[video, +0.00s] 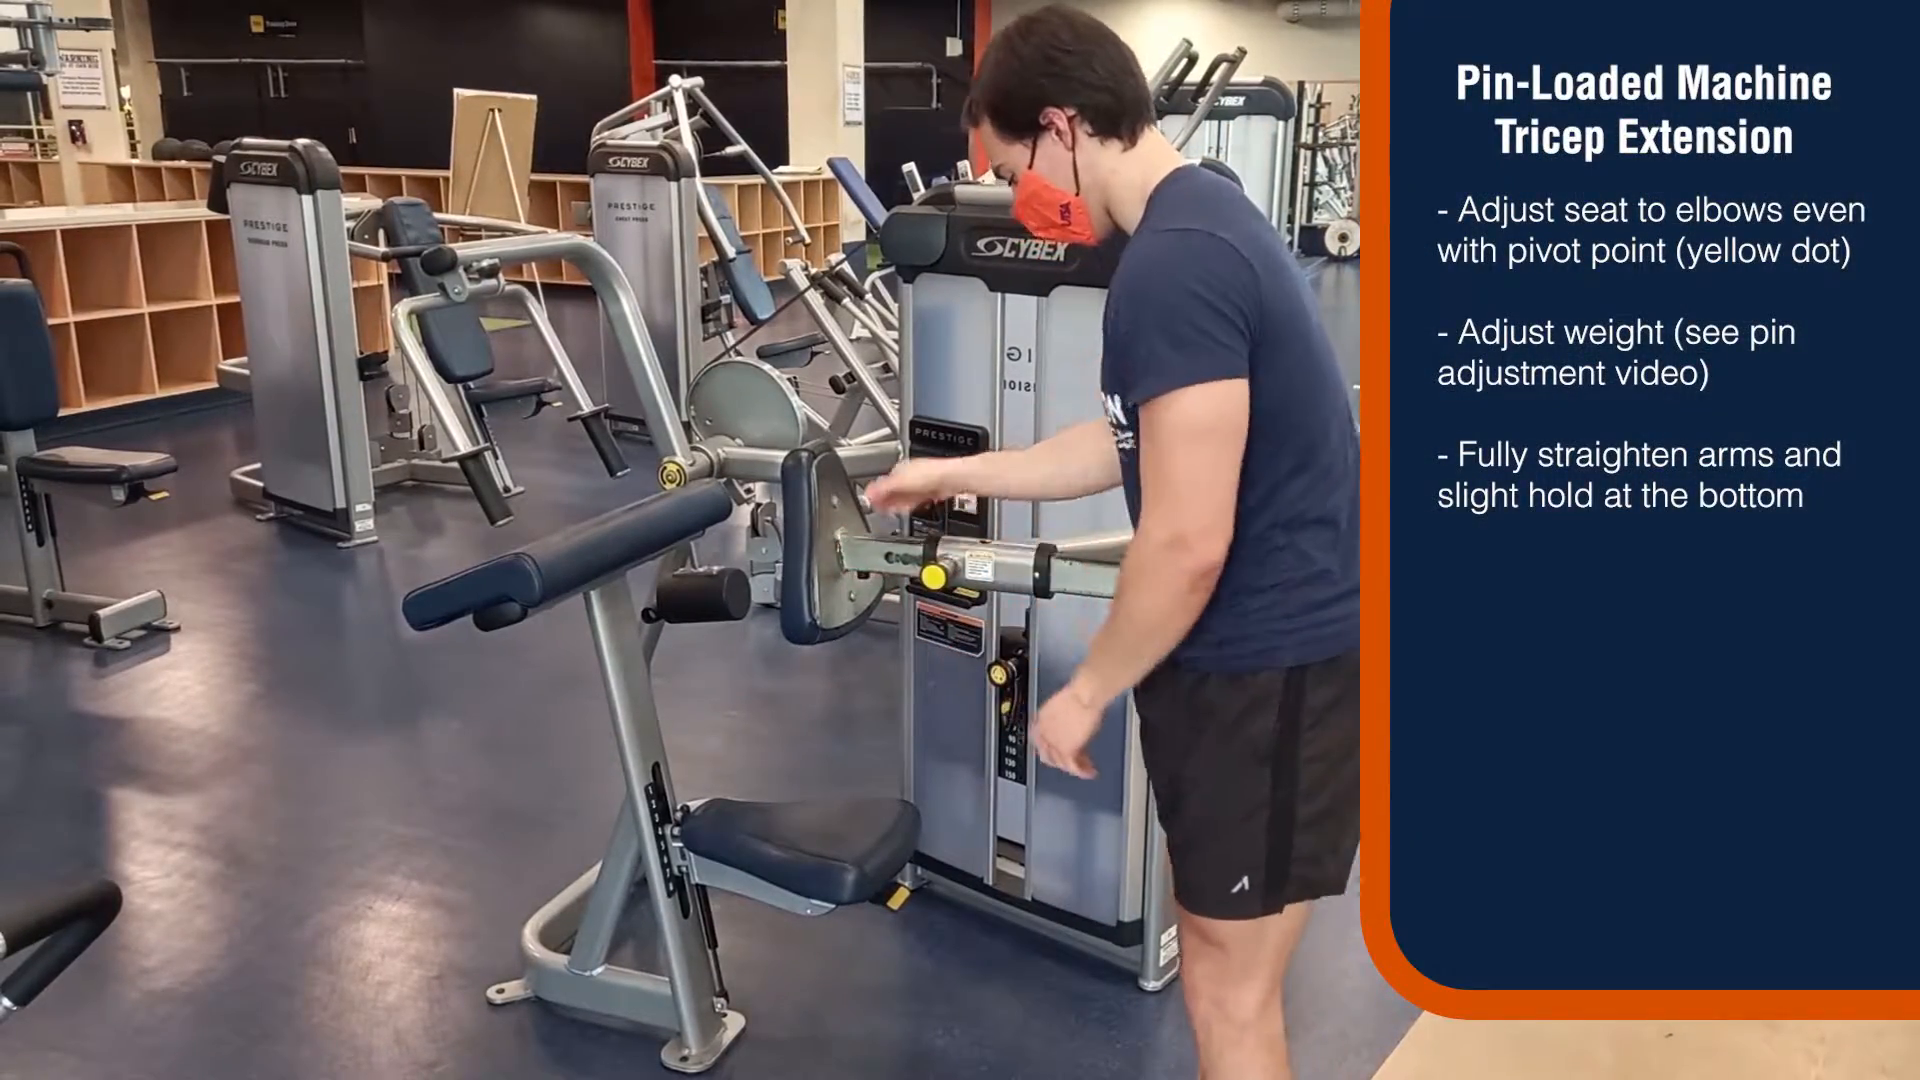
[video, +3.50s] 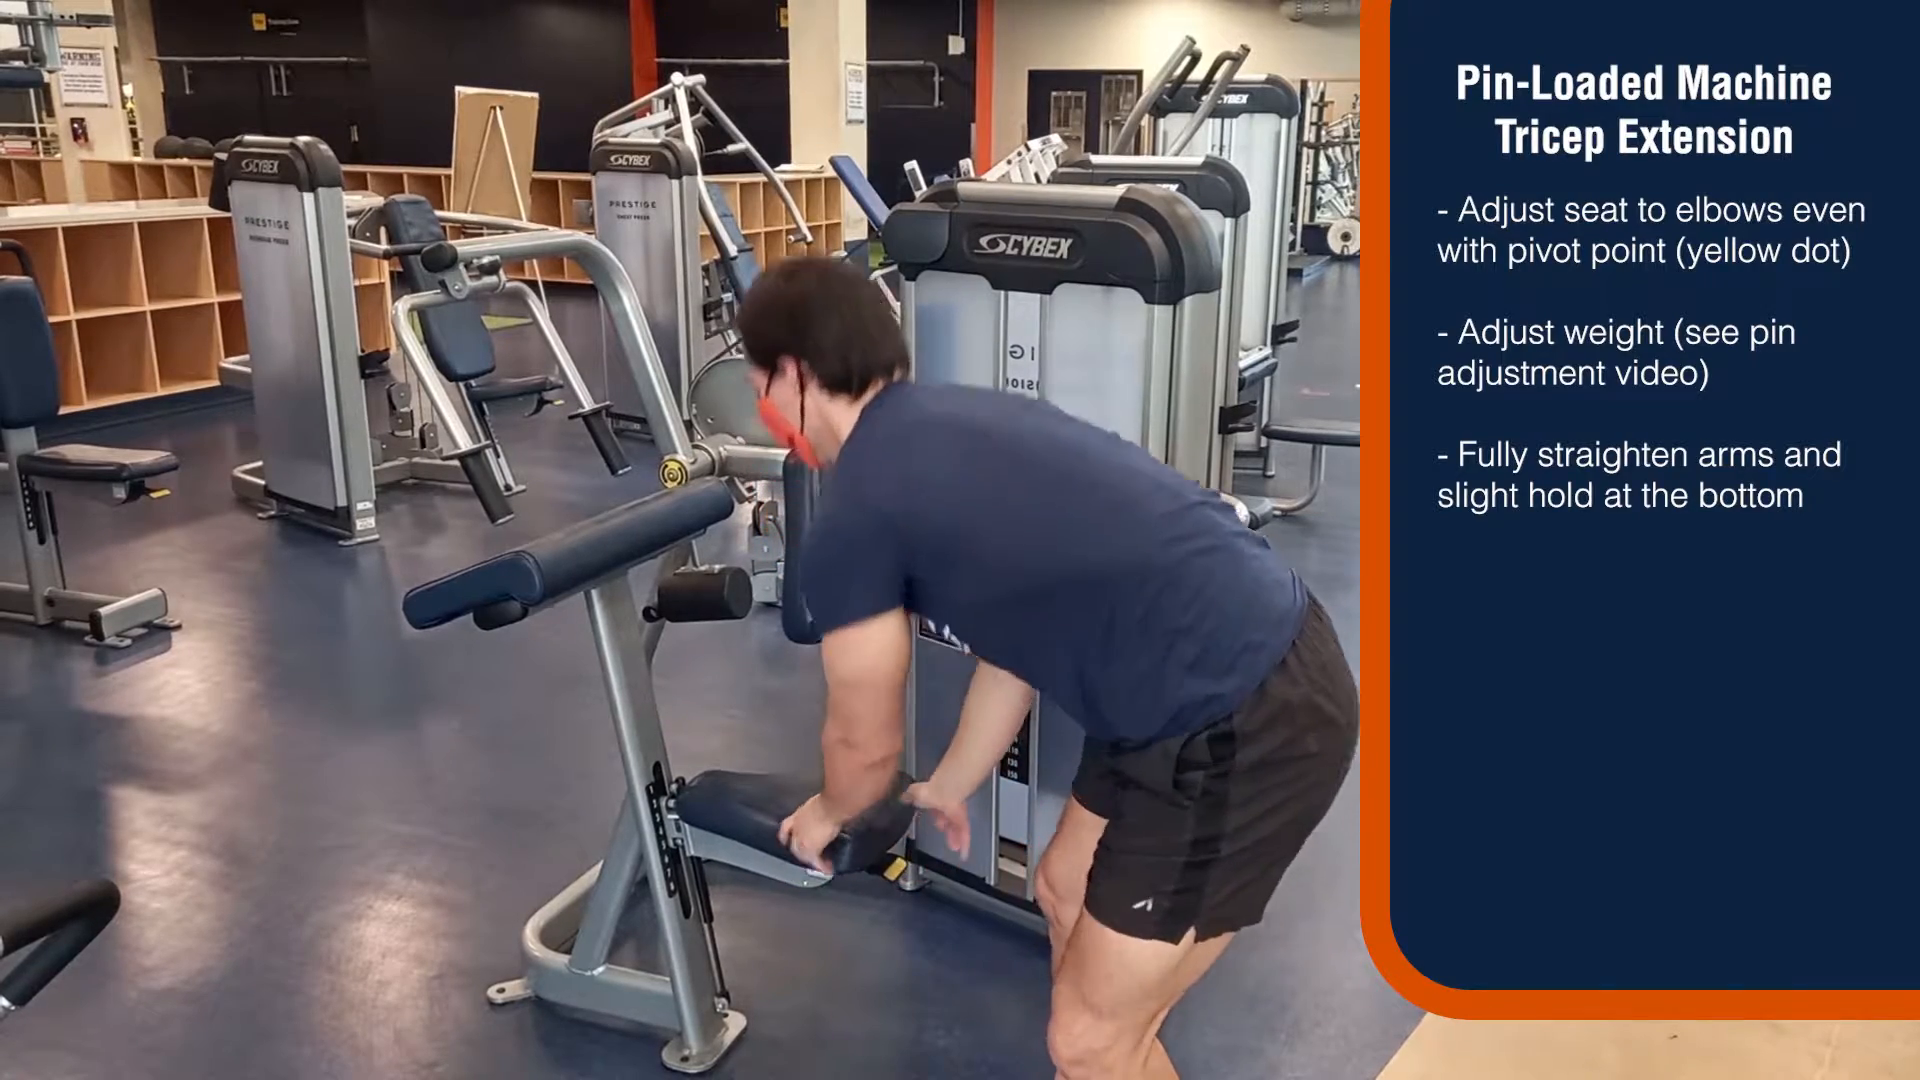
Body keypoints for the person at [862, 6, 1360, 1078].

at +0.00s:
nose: (1026, 203)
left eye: (1016, 174)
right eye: (1011, 181)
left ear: (1064, 128)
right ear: (1082, 122)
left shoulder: (1173, 258)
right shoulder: (1200, 221)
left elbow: (1189, 544)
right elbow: (1124, 445)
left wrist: (1088, 694)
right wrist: (951, 475)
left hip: (1257, 668)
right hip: (1259, 654)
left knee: (1230, 995)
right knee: (1228, 962)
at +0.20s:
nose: (1000, 210)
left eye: (988, 180)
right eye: (983, 189)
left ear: (1033, 138)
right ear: (1065, 121)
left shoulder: (1156, 283)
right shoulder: (1185, 224)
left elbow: (1202, 579)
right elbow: (1162, 479)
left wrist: (1122, 751)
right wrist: (1006, 532)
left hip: (1266, 680)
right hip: (1237, 657)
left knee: (1213, 1005)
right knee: (1150, 897)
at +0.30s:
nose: (965, 236)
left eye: (953, 209)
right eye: (950, 215)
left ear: (997, 167)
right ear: (1021, 156)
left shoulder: (1139, 311)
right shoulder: (1140, 256)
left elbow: (1187, 613)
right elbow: (1127, 510)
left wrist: (1108, 797)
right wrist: (1029, 643)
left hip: (1280, 683)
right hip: (1221, 659)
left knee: (1200, 1010)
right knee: (1127, 876)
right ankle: (1166, 1068)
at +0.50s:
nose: (867, 360)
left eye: (858, 332)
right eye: (854, 338)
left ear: (895, 299)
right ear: (911, 296)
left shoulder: (1061, 410)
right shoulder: (1032, 379)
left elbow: (1105, 705)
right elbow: (1045, 615)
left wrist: (1028, 862)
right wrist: (1023, 782)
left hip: (1301, 688)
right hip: (1204, 674)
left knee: (1191, 1008)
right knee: (1134, 902)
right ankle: (1104, 1070)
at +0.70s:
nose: (806, 481)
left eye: (797, 456)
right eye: (793, 459)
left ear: (832, 443)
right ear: (906, 390)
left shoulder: (980, 531)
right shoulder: (984, 460)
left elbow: (994, 800)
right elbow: (1013, 684)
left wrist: (919, 885)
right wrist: (970, 844)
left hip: (1306, 717)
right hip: (1203, 693)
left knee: (1154, 1023)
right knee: (1094, 888)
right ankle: (1087, 1068)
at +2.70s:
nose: (764, 527)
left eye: (759, 504)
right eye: (756, 508)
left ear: (795, 488)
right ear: (873, 451)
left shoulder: (859, 604)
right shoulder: (969, 483)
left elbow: (865, 822)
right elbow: (1031, 688)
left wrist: (816, 830)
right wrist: (909, 801)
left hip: (1256, 744)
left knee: (1071, 1047)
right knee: (1056, 873)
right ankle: (1111, 1049)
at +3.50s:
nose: (763, 405)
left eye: (761, 381)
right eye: (759, 383)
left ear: (794, 377)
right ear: (882, 352)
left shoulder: (860, 498)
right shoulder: (958, 418)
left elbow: (866, 743)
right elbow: (1026, 626)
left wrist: (833, 812)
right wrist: (948, 785)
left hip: (1234, 712)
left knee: (1095, 1044)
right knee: (1067, 894)